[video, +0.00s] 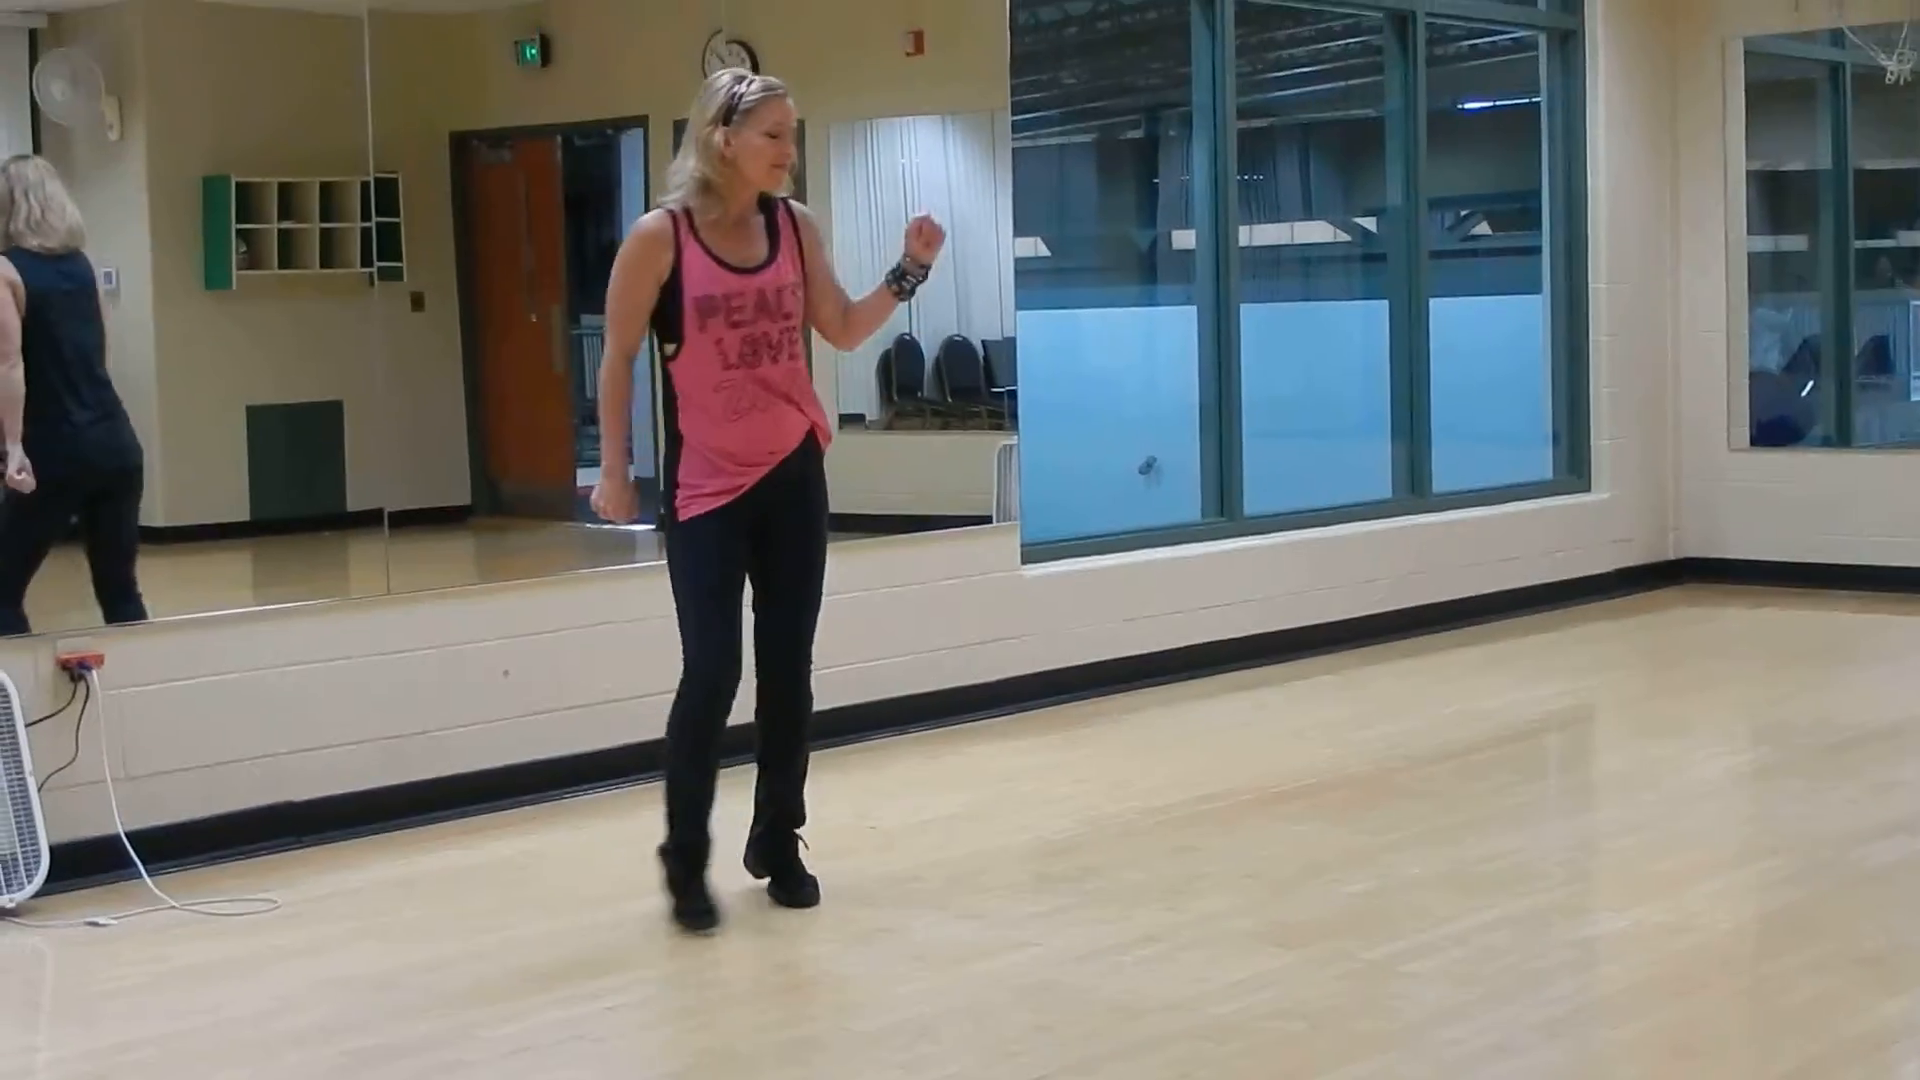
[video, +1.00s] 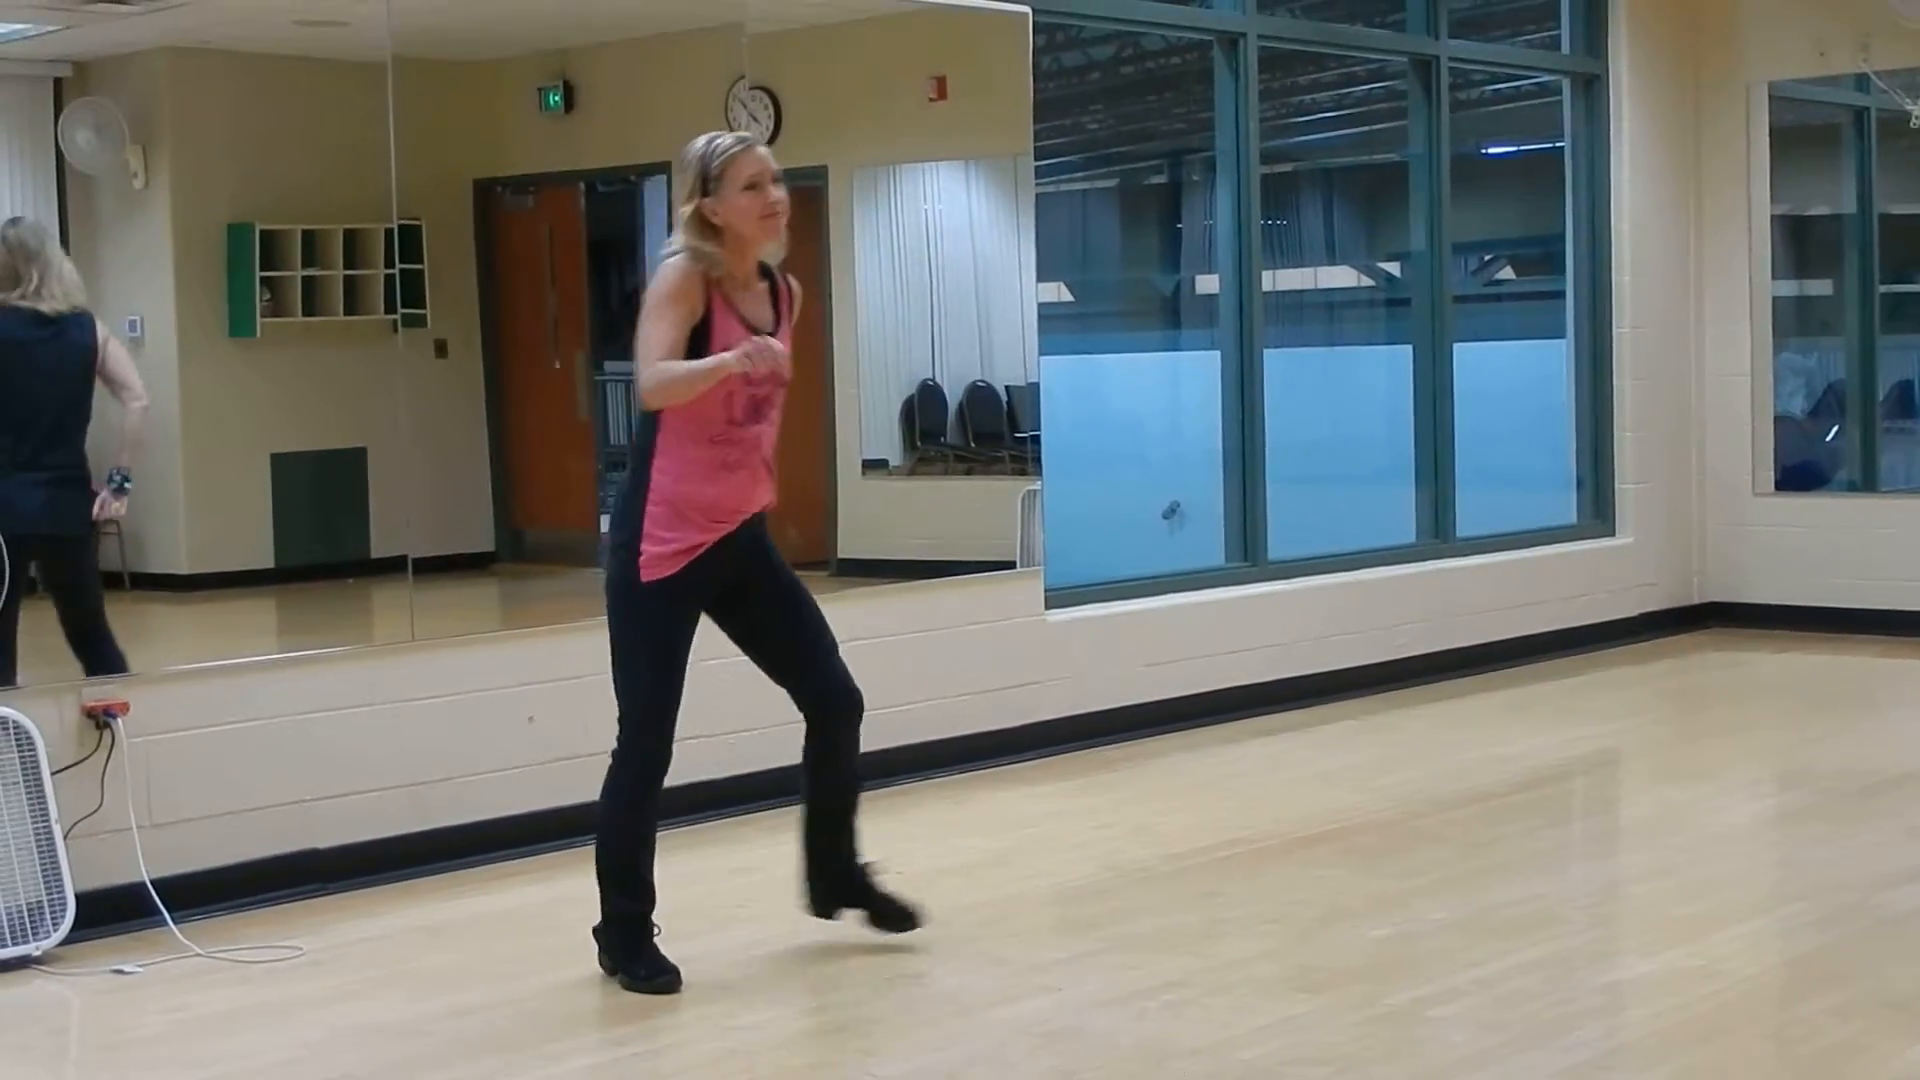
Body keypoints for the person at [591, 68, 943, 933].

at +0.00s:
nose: (787, 151)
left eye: (792, 137)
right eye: (772, 137)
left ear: (786, 145)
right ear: (720, 140)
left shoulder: (795, 225)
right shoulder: (657, 239)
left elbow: (844, 330)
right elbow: (619, 357)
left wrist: (909, 271)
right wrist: (613, 470)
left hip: (793, 472)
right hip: (705, 484)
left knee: (787, 671)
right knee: (713, 674)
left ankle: (778, 842)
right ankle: (685, 857)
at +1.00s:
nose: (776, 195)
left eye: (777, 181)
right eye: (754, 186)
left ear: (781, 198)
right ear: (708, 207)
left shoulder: (781, 291)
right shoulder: (681, 278)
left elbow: (748, 404)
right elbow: (649, 386)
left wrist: (748, 498)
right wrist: (723, 364)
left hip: (735, 535)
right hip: (655, 547)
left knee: (835, 702)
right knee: (644, 747)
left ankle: (833, 876)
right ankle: (624, 936)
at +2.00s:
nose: (991, 205)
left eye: (992, 192)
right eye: (977, 193)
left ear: (978, 200)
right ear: (930, 197)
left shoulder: (987, 273)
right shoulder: (888, 260)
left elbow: (959, 366)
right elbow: (866, 362)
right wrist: (929, 397)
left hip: (943, 508)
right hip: (870, 514)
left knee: (1019, 669)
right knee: (869, 697)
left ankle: (1012, 846)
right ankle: (867, 869)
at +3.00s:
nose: (1069, 229)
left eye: (1077, 217)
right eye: (1056, 215)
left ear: (1082, 220)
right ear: (1014, 212)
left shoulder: (1075, 273)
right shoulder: (962, 278)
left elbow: (1114, 365)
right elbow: (890, 370)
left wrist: (1167, 397)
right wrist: (872, 472)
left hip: (1041, 499)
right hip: (965, 504)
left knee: (1046, 678)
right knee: (981, 671)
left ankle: (1027, 843)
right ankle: (925, 846)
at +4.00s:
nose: (848, 169)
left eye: (854, 160)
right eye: (827, 162)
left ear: (869, 184)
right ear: (789, 196)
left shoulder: (897, 254)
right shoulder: (765, 288)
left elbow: (954, 347)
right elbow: (706, 395)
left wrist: (1007, 349)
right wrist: (718, 499)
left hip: (888, 510)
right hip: (804, 522)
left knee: (890, 708)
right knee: (815, 710)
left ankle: (868, 876)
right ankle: (799, 887)